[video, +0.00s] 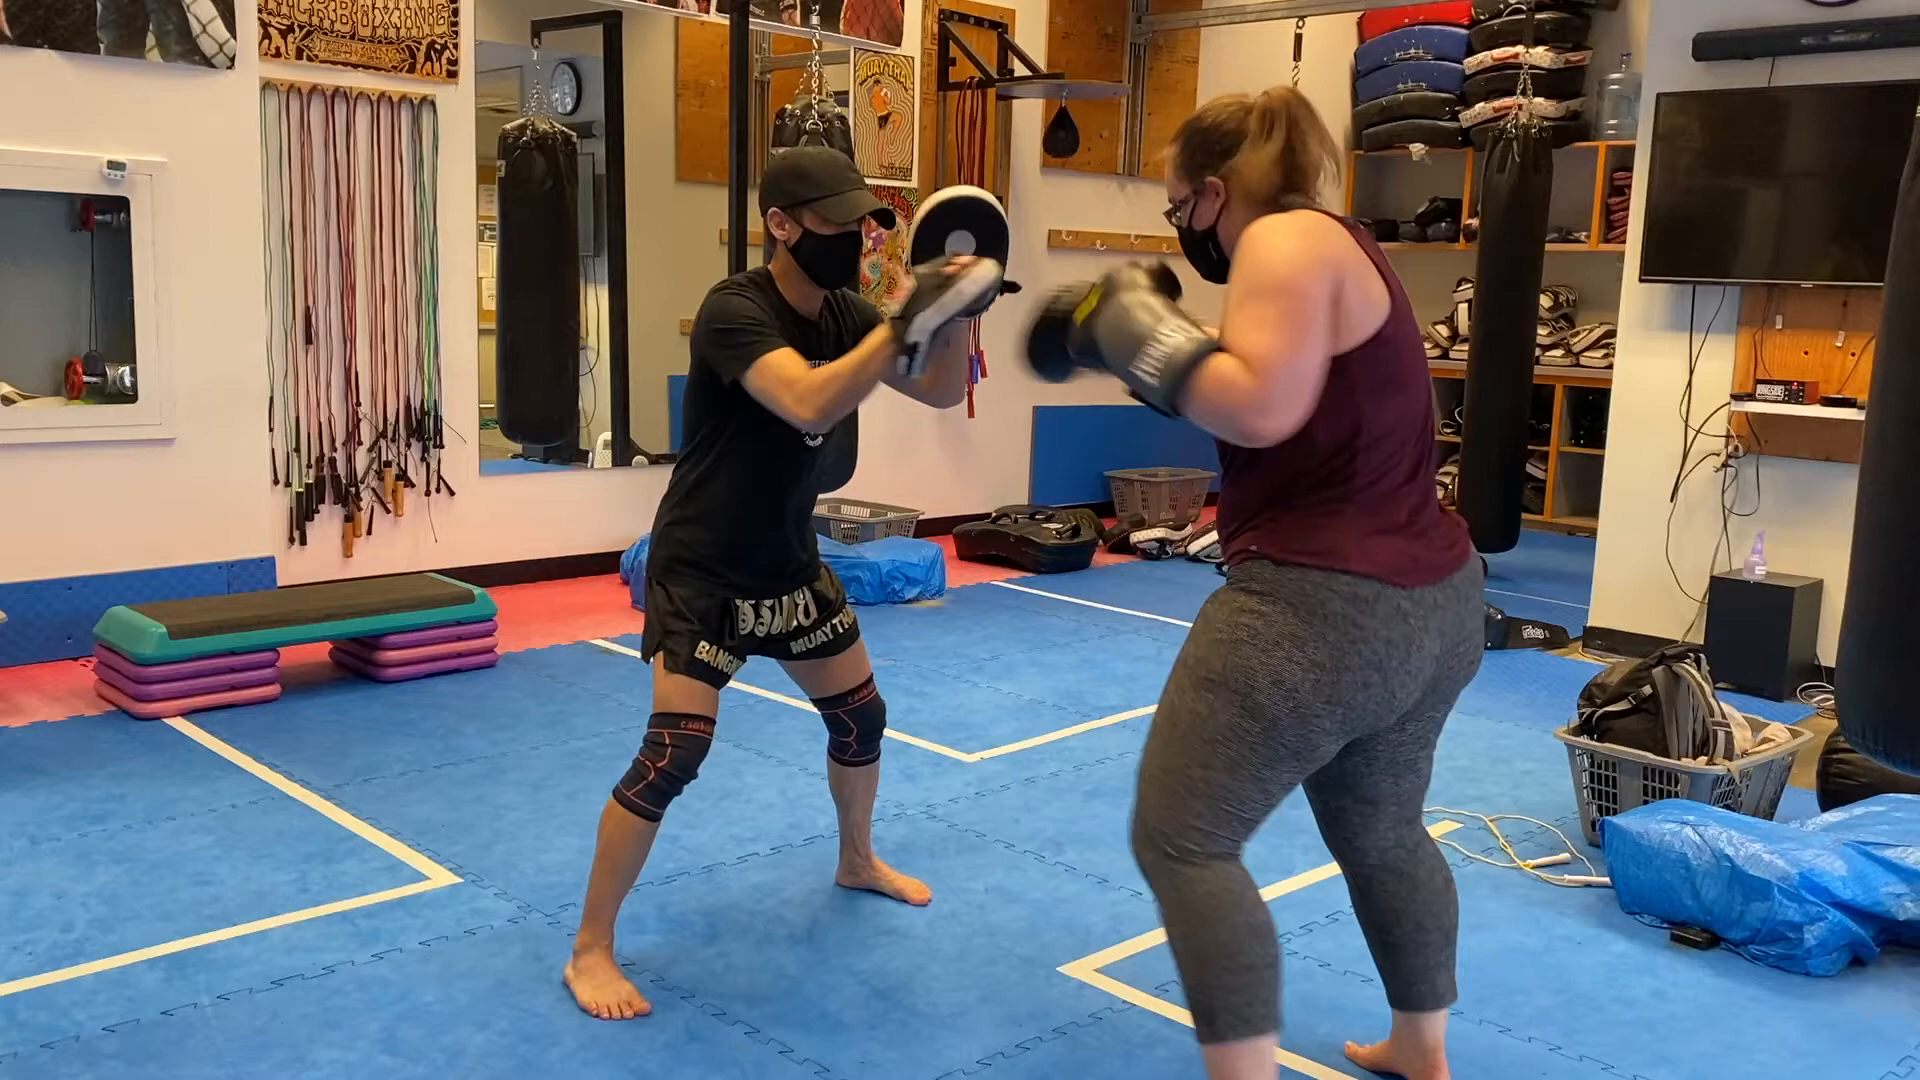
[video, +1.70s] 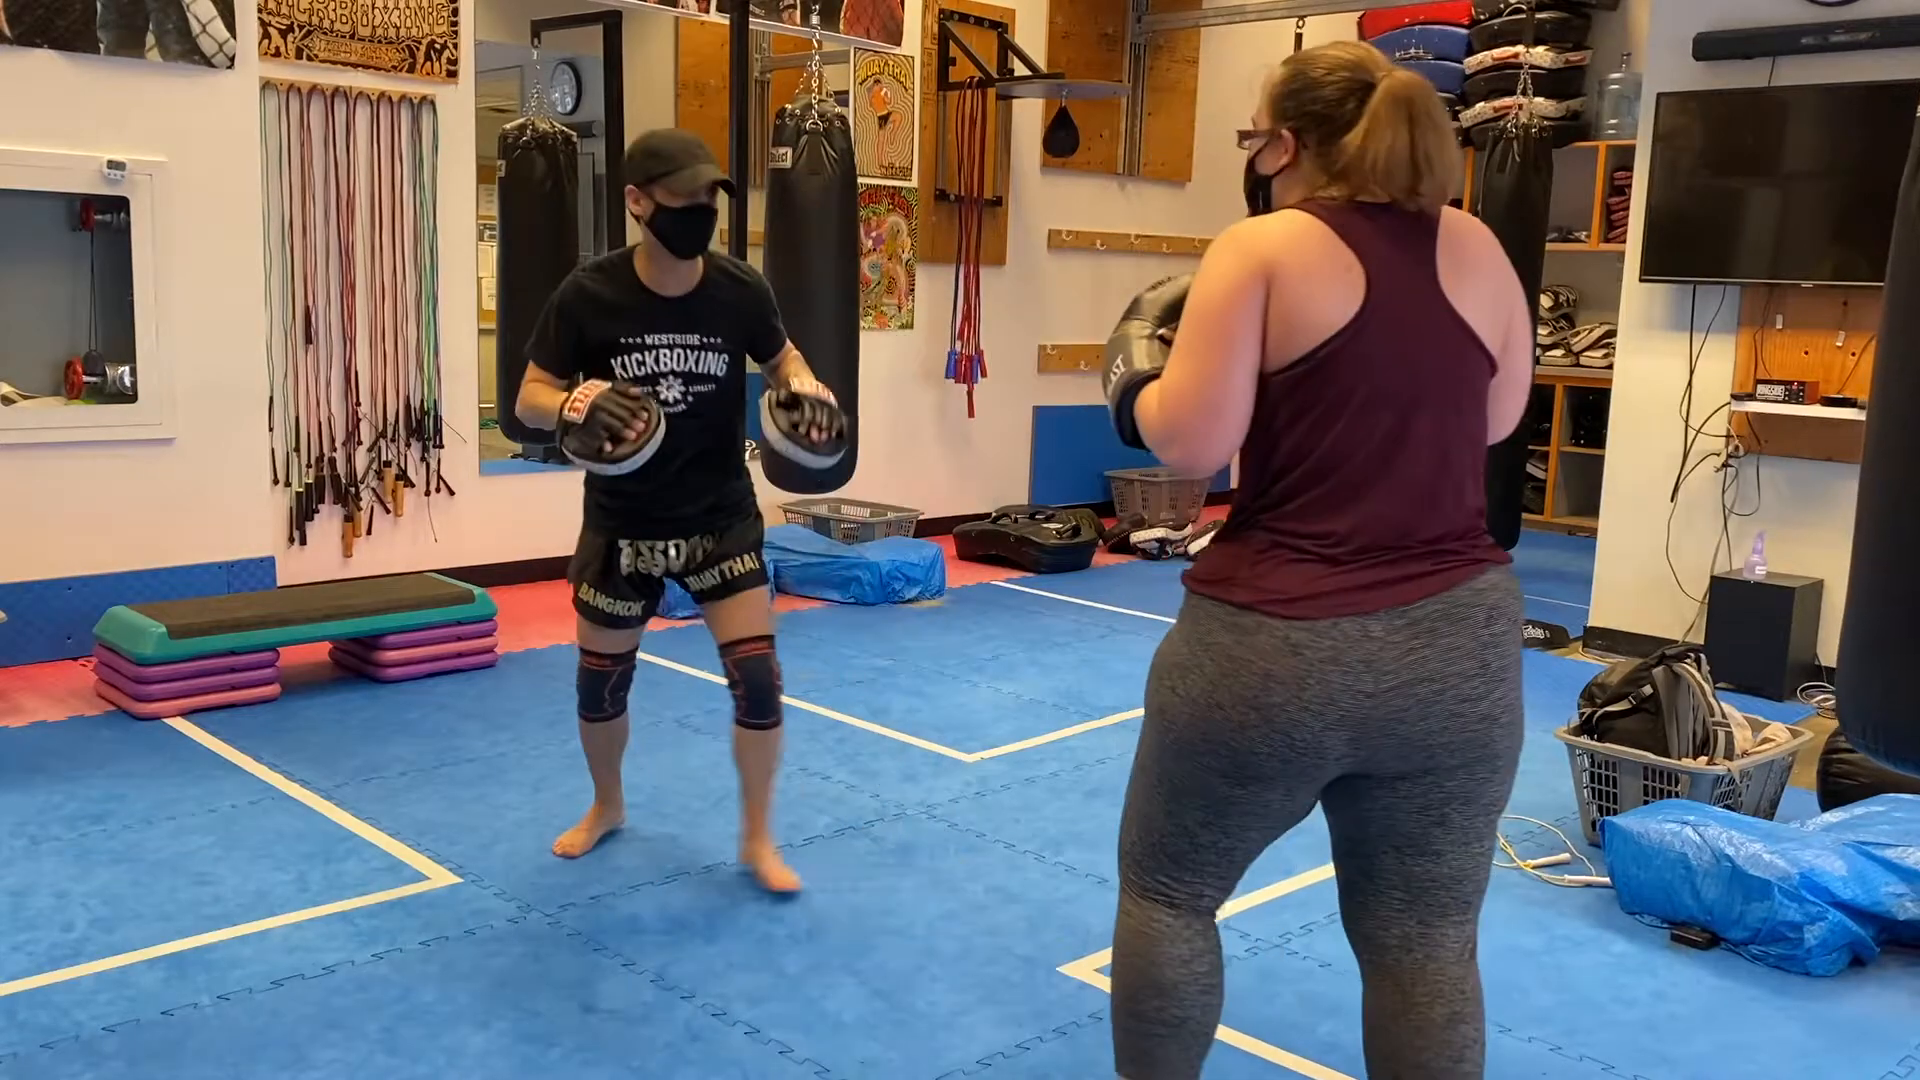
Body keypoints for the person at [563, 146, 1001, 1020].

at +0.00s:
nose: (859, 242)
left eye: (861, 227)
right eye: (843, 228)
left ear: (844, 228)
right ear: (785, 224)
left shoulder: (844, 310)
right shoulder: (731, 313)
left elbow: (940, 388)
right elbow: (809, 405)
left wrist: (953, 306)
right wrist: (902, 319)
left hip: (790, 554)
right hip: (702, 559)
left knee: (859, 717)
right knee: (676, 747)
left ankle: (857, 861)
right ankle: (592, 947)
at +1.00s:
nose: (898, 263)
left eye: (902, 247)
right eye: (880, 250)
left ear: (908, 243)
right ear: (829, 250)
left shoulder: (904, 338)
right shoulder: (777, 335)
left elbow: (1001, 417)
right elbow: (769, 448)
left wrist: (993, 340)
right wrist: (872, 392)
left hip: (834, 562)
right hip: (747, 566)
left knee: (929, 712)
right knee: (704, 745)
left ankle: (932, 856)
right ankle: (599, 941)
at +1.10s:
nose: (924, 296)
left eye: (933, 280)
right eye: (907, 282)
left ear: (944, 271)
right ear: (860, 274)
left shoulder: (933, 364)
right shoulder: (803, 346)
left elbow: (1017, 452)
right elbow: (716, 452)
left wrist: (1005, 372)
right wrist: (803, 482)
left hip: (856, 567)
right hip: (759, 563)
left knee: (948, 709)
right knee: (709, 728)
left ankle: (936, 854)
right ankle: (612, 916)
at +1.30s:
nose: (887, 288)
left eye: (893, 273)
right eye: (869, 276)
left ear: (900, 273)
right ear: (818, 278)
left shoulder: (907, 369)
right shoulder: (756, 359)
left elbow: (957, 445)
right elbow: (687, 419)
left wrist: (958, 469)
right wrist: (686, 473)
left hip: (847, 577)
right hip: (749, 579)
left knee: (936, 709)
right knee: (666, 733)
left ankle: (936, 855)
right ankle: (599, 818)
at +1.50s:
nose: (763, 266)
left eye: (771, 253)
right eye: (747, 253)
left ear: (778, 253)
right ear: (701, 251)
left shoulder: (794, 346)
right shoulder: (645, 340)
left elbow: (831, 420)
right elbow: (577, 419)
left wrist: (846, 463)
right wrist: (583, 467)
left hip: (760, 560)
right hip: (658, 558)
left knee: (837, 706)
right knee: (593, 714)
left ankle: (912, 846)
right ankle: (608, 811)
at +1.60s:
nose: (719, 242)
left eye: (727, 227)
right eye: (702, 228)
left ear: (738, 225)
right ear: (657, 226)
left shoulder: (759, 319)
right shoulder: (610, 317)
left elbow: (800, 400)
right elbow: (544, 405)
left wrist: (812, 439)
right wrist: (574, 437)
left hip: (731, 533)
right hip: (632, 535)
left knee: (792, 691)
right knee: (596, 702)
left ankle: (848, 838)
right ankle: (608, 811)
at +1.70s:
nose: (703, 213)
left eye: (710, 197)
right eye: (685, 201)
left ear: (721, 195)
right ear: (638, 201)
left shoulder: (741, 294)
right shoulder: (587, 295)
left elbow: (786, 364)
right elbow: (529, 397)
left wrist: (808, 392)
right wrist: (570, 403)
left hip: (720, 513)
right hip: (619, 518)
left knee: (758, 677)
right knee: (600, 683)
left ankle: (758, 837)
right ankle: (606, 806)